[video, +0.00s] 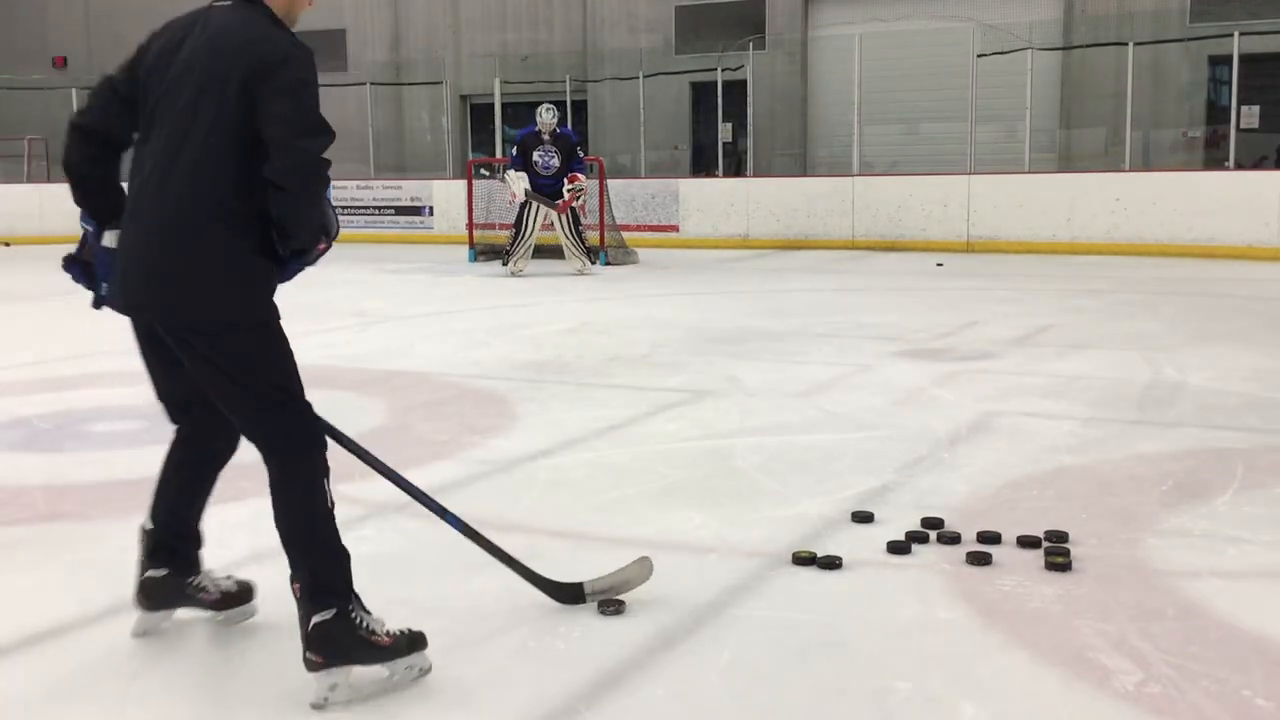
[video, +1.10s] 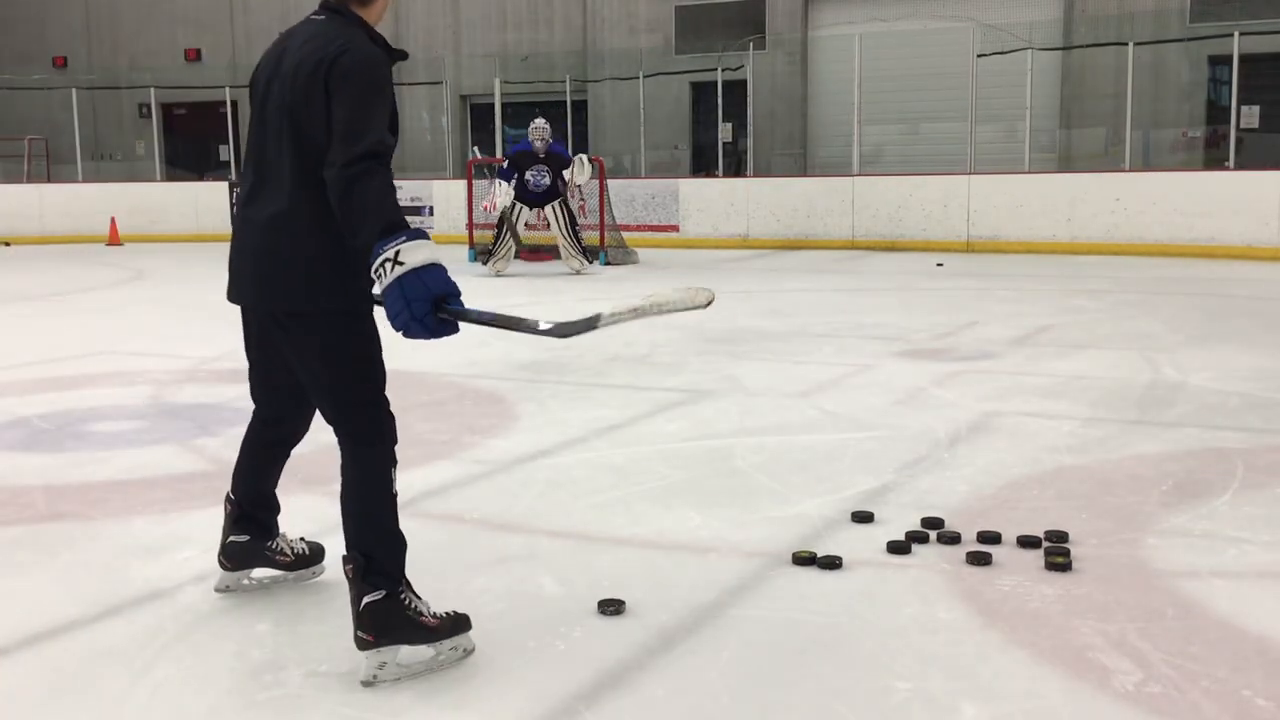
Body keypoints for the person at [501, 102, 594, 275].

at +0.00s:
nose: (546, 127)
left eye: (550, 124)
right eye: (543, 124)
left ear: (556, 121)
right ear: (537, 121)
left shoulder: (567, 138)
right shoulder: (526, 138)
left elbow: (577, 164)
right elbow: (516, 164)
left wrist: (577, 184)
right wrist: (520, 185)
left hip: (560, 194)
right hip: (534, 194)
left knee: (570, 232)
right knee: (526, 231)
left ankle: (583, 265)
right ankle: (515, 266)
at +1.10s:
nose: (539, 142)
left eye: (543, 138)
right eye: (536, 138)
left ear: (549, 138)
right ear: (530, 137)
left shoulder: (558, 153)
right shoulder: (519, 153)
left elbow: (573, 175)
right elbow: (504, 176)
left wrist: (580, 167)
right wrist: (497, 197)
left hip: (552, 198)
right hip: (523, 198)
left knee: (566, 229)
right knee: (509, 229)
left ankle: (579, 263)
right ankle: (496, 264)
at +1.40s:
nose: (539, 149)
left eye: (543, 145)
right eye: (536, 145)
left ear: (549, 146)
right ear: (530, 146)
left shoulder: (556, 164)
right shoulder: (520, 163)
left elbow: (570, 185)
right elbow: (503, 187)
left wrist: (580, 176)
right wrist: (496, 208)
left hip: (549, 204)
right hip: (521, 203)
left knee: (564, 233)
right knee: (507, 232)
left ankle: (583, 263)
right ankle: (491, 264)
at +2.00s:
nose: (538, 155)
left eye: (541, 151)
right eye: (534, 151)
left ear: (547, 152)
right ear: (528, 153)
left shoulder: (556, 170)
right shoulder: (516, 169)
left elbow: (569, 195)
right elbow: (500, 191)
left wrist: (580, 186)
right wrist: (501, 211)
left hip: (549, 209)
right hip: (523, 209)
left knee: (565, 236)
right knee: (510, 237)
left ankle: (584, 263)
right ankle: (491, 265)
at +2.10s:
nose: (538, 158)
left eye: (541, 154)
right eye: (534, 154)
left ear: (548, 156)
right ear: (528, 156)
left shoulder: (556, 174)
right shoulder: (516, 171)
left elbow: (565, 197)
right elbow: (500, 191)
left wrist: (573, 204)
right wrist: (512, 210)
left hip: (549, 217)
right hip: (522, 217)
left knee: (565, 241)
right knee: (512, 243)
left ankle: (587, 264)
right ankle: (493, 266)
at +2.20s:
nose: (536, 164)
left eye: (540, 160)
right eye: (532, 160)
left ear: (547, 160)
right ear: (527, 161)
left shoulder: (556, 180)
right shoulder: (518, 178)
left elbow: (564, 203)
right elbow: (501, 196)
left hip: (549, 224)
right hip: (524, 225)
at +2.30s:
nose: (532, 177)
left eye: (536, 173)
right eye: (529, 173)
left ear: (543, 172)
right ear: (523, 172)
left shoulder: (554, 189)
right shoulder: (515, 187)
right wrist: (502, 218)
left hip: (546, 235)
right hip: (520, 236)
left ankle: (591, 263)